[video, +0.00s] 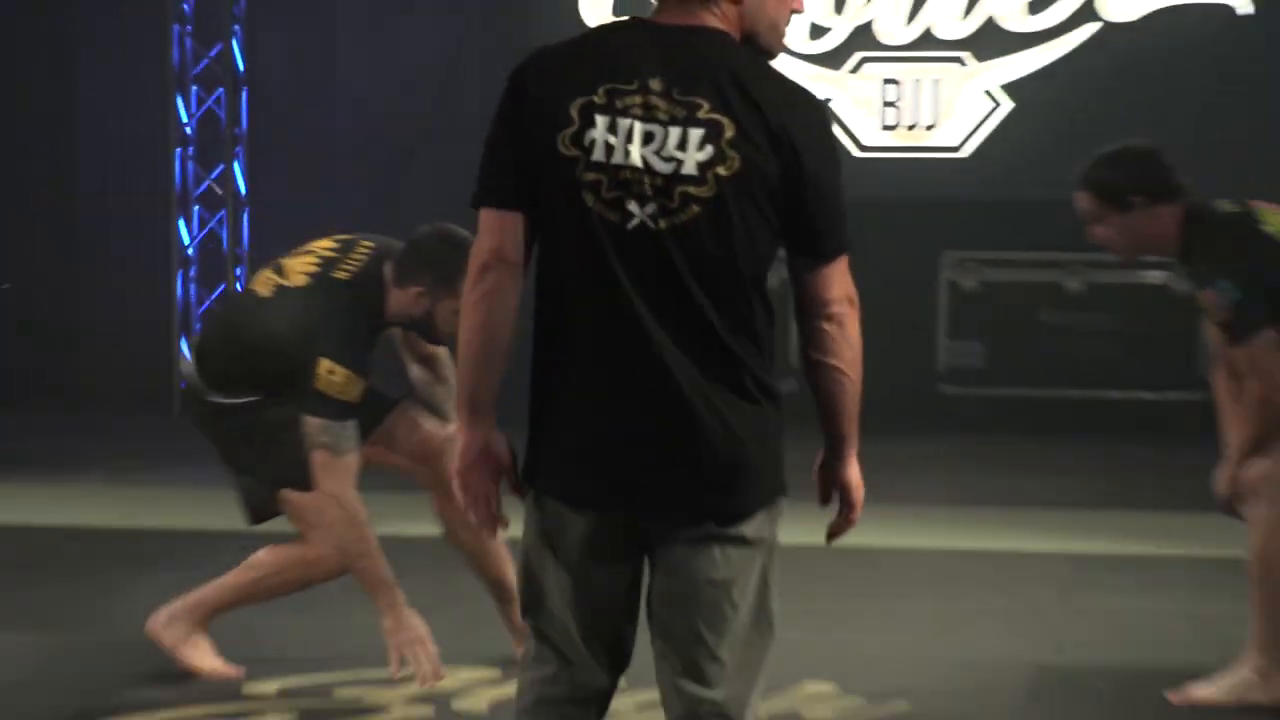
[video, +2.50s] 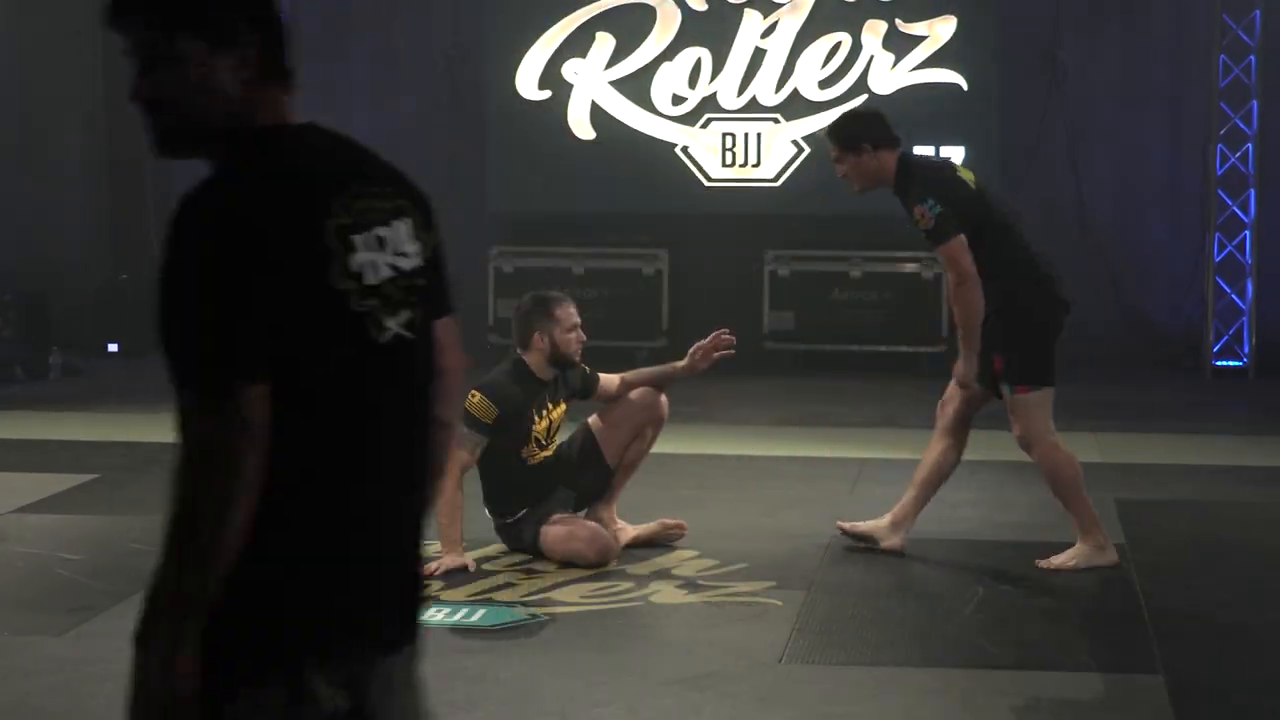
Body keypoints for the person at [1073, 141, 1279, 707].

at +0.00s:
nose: (1094, 237)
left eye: (1098, 221)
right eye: (1089, 224)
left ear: (1137, 209)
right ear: (1140, 208)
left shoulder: (1229, 250)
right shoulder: (1201, 247)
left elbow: (1262, 374)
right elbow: (1222, 364)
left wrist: (1242, 458)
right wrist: (1234, 453)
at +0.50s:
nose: (870, 250)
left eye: (871, 239)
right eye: (867, 242)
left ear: (899, 226)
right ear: (903, 223)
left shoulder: (956, 248)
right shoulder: (954, 233)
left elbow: (1002, 336)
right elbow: (966, 319)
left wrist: (971, 407)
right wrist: (923, 324)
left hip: (1089, 302)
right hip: (1118, 293)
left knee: (1005, 403)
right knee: (1080, 406)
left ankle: (989, 527)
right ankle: (1162, 505)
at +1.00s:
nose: (899, 258)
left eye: (897, 247)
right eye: (893, 250)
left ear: (924, 232)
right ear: (924, 230)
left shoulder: (985, 240)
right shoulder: (976, 230)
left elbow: (1056, 311)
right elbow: (1011, 307)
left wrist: (1034, 381)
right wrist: (983, 338)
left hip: (1110, 298)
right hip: (1134, 288)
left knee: (1053, 407)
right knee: (1122, 409)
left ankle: (1041, 541)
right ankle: (1169, 527)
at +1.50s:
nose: (808, 251)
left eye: (805, 240)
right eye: (802, 243)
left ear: (829, 224)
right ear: (834, 220)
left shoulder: (886, 230)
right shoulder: (882, 221)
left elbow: (934, 311)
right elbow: (925, 312)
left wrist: (915, 392)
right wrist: (909, 384)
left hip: (1017, 301)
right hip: (981, 302)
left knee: (966, 422)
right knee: (928, 399)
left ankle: (1034, 532)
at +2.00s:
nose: (734, 344)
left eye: (733, 331)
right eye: (729, 335)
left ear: (754, 317)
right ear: (755, 318)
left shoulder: (820, 316)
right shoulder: (780, 349)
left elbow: (886, 370)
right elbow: (747, 407)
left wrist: (900, 456)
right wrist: (709, 459)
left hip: (938, 388)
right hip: (915, 386)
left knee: (814, 416)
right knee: (820, 414)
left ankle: (826, 543)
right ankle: (857, 527)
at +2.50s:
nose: (838, 172)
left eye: (841, 160)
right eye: (835, 161)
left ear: (871, 151)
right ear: (875, 152)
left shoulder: (922, 187)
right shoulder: (920, 178)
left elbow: (965, 276)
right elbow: (963, 269)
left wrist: (968, 358)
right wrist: (966, 348)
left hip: (1027, 308)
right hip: (1002, 306)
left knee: (1033, 433)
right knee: (952, 416)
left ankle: (1096, 542)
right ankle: (896, 525)